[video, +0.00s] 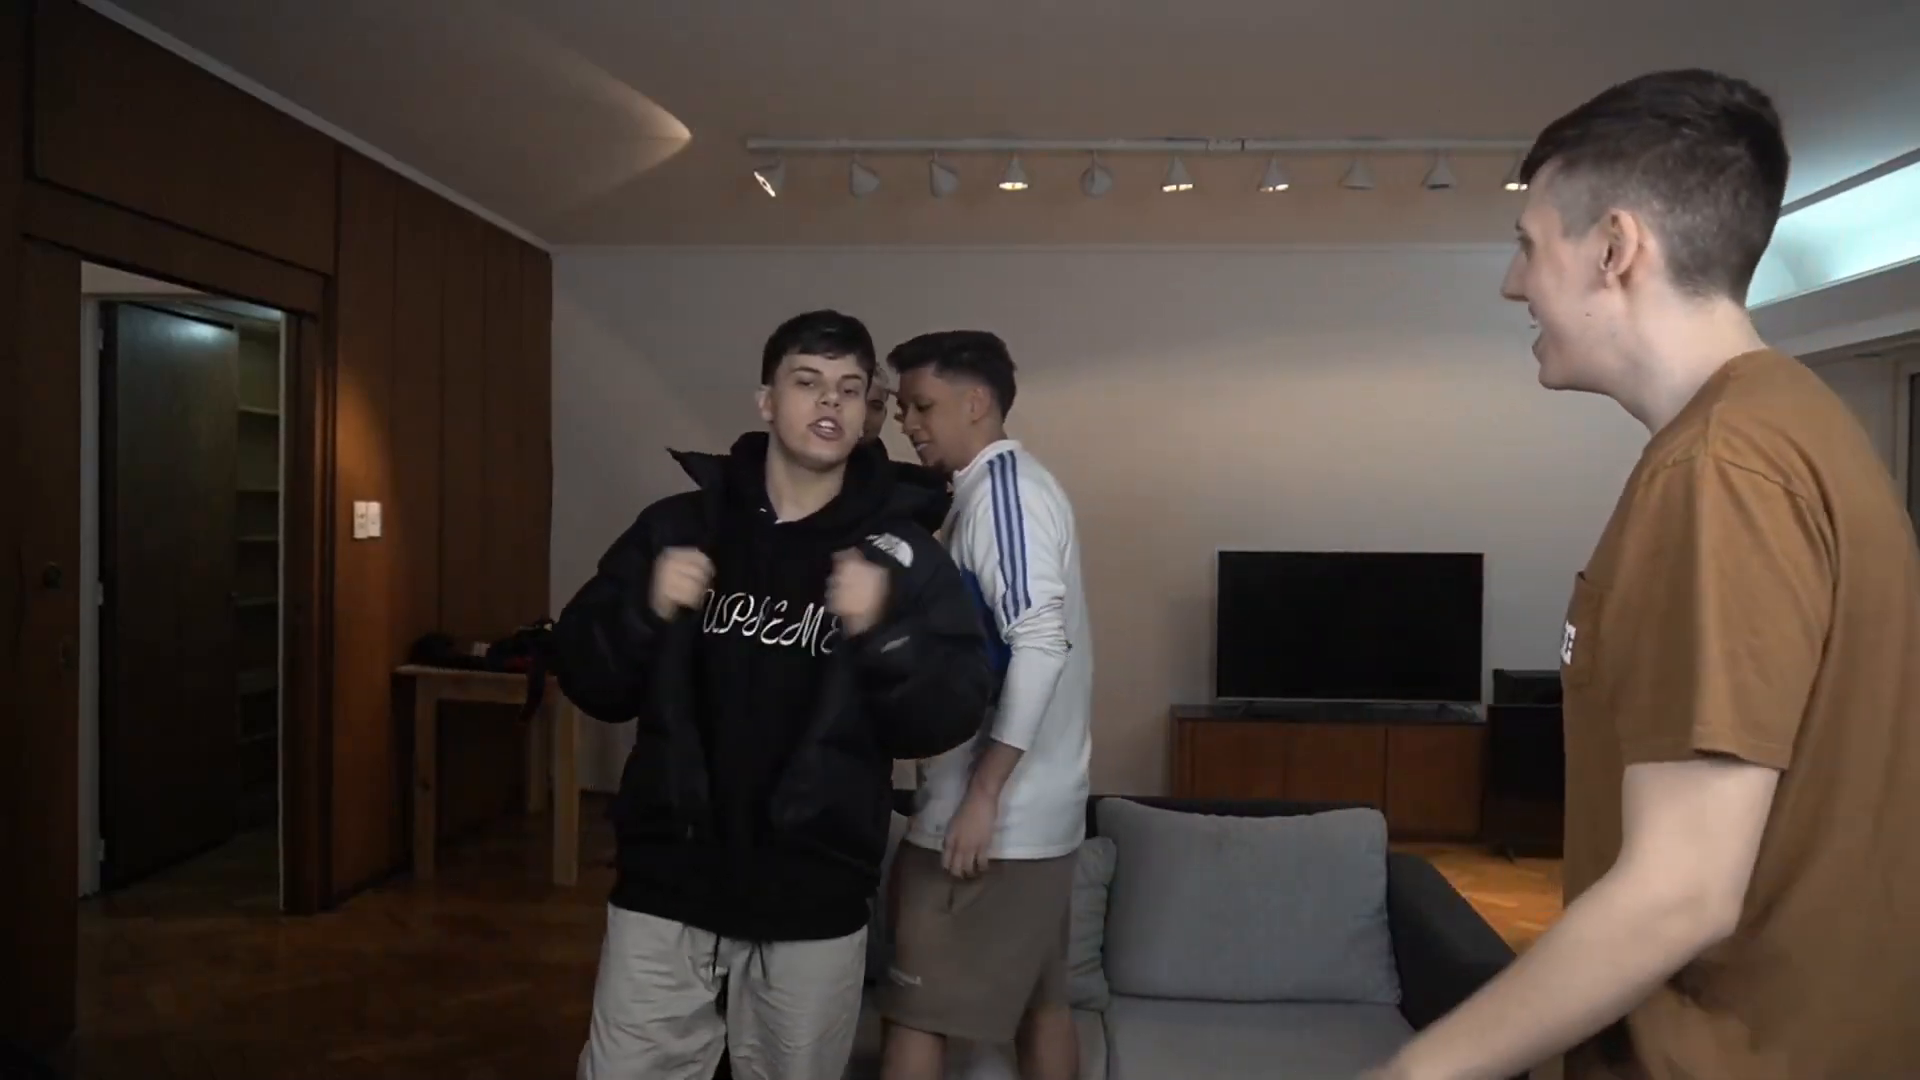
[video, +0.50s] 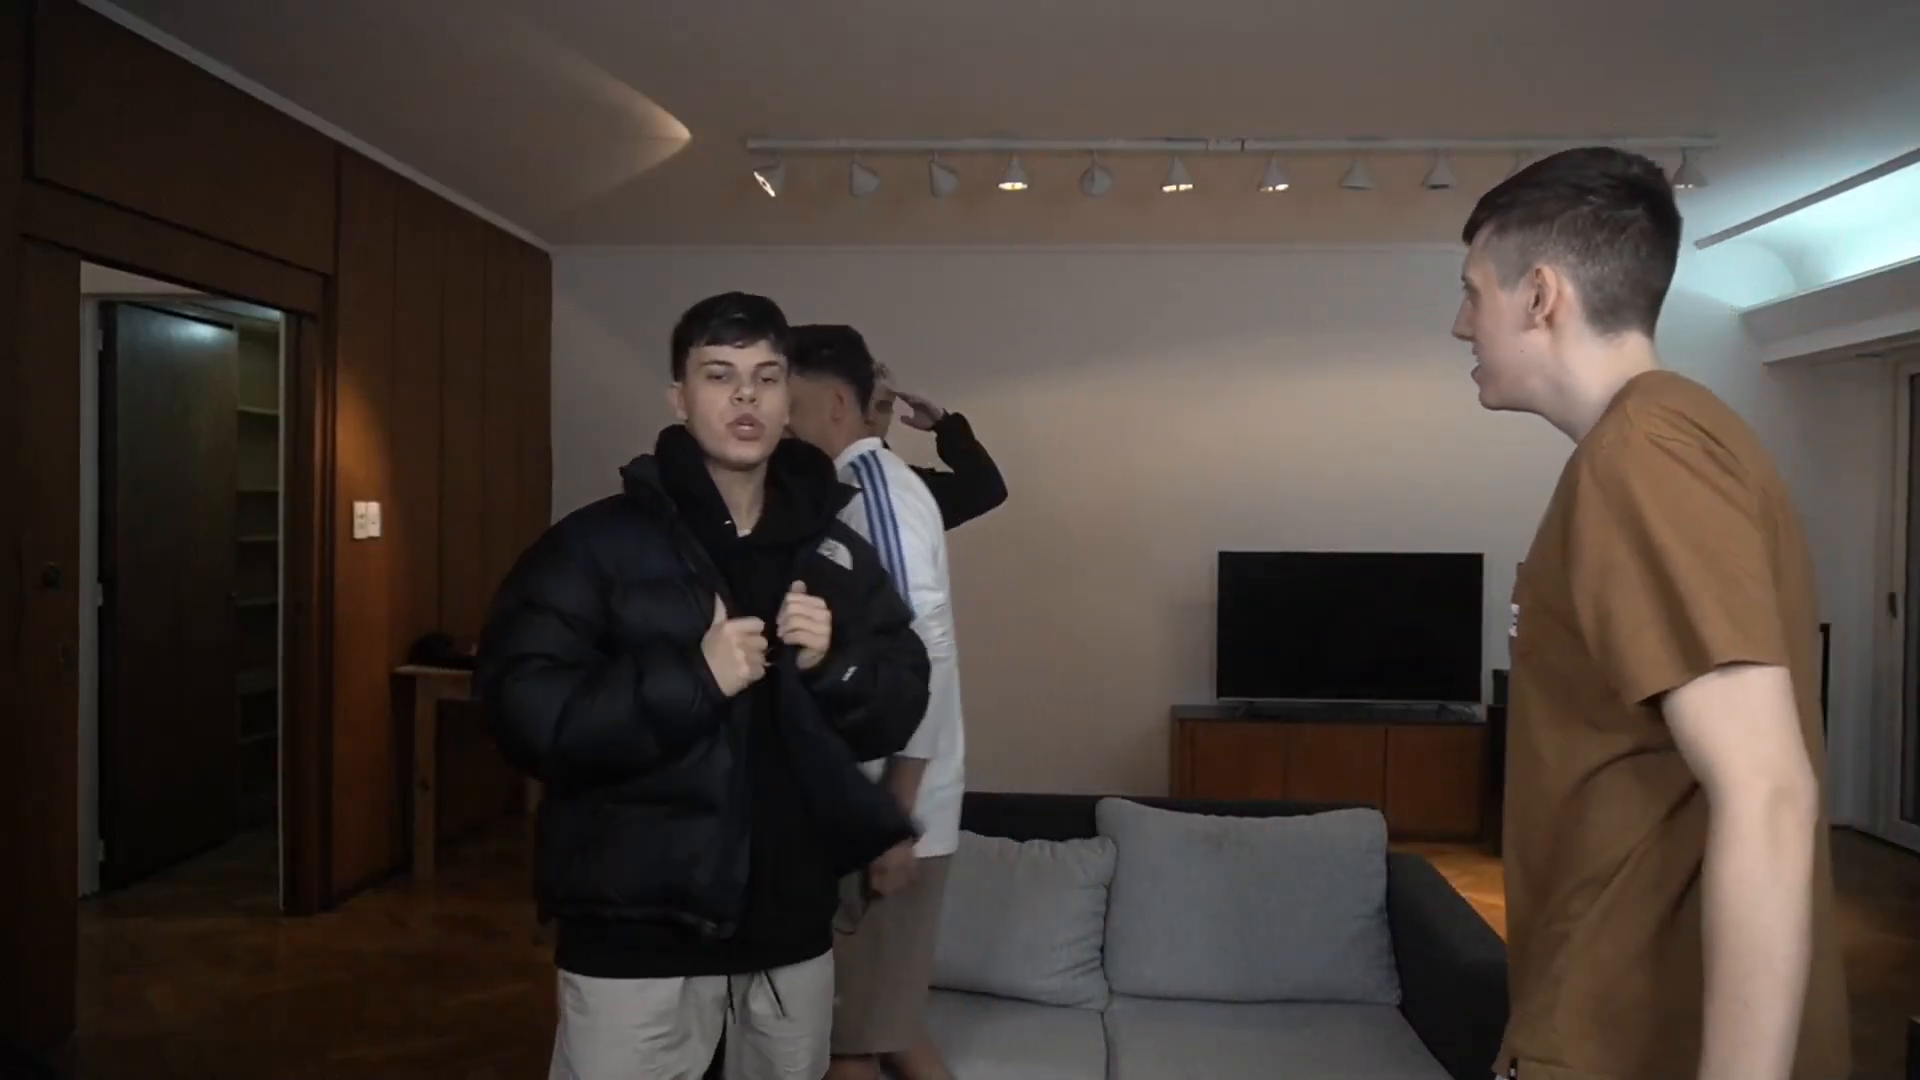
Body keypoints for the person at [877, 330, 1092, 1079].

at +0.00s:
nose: (907, 422)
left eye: (920, 407)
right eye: (905, 408)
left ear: (981, 405)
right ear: (971, 409)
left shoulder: (1005, 489)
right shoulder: (999, 485)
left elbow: (1041, 637)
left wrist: (984, 794)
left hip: (980, 813)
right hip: (1031, 811)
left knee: (916, 1016)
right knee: (1043, 1007)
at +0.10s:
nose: (882, 433)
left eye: (894, 414)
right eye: (878, 417)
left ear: (952, 407)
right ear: (948, 413)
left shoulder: (983, 491)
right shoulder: (964, 487)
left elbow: (1034, 640)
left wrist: (998, 800)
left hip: (954, 821)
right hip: (1015, 817)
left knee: (890, 1019)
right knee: (1030, 1006)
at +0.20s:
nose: (861, 437)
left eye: (871, 420)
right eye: (860, 421)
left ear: (921, 413)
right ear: (925, 416)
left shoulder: (959, 489)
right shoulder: (939, 489)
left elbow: (1017, 643)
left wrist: (1001, 801)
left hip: (951, 816)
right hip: (981, 809)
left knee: (880, 1029)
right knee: (1016, 1007)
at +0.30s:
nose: (836, 418)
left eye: (848, 401)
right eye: (838, 401)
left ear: (892, 406)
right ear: (899, 410)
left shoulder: (930, 485)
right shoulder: (919, 482)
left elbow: (982, 643)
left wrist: (982, 803)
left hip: (935, 806)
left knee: (871, 1027)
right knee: (987, 997)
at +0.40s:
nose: (808, 411)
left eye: (821, 393)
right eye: (809, 392)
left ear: (864, 398)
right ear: (868, 401)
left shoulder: (905, 477)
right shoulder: (868, 479)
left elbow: (954, 640)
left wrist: (948, 796)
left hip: (910, 807)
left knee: (865, 1033)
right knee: (943, 1008)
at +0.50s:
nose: (781, 412)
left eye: (793, 394)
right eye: (782, 395)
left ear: (838, 399)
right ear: (846, 401)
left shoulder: (880, 480)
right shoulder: (846, 482)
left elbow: (924, 644)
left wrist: (899, 810)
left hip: (894, 808)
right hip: (872, 800)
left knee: (862, 1037)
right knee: (891, 1027)